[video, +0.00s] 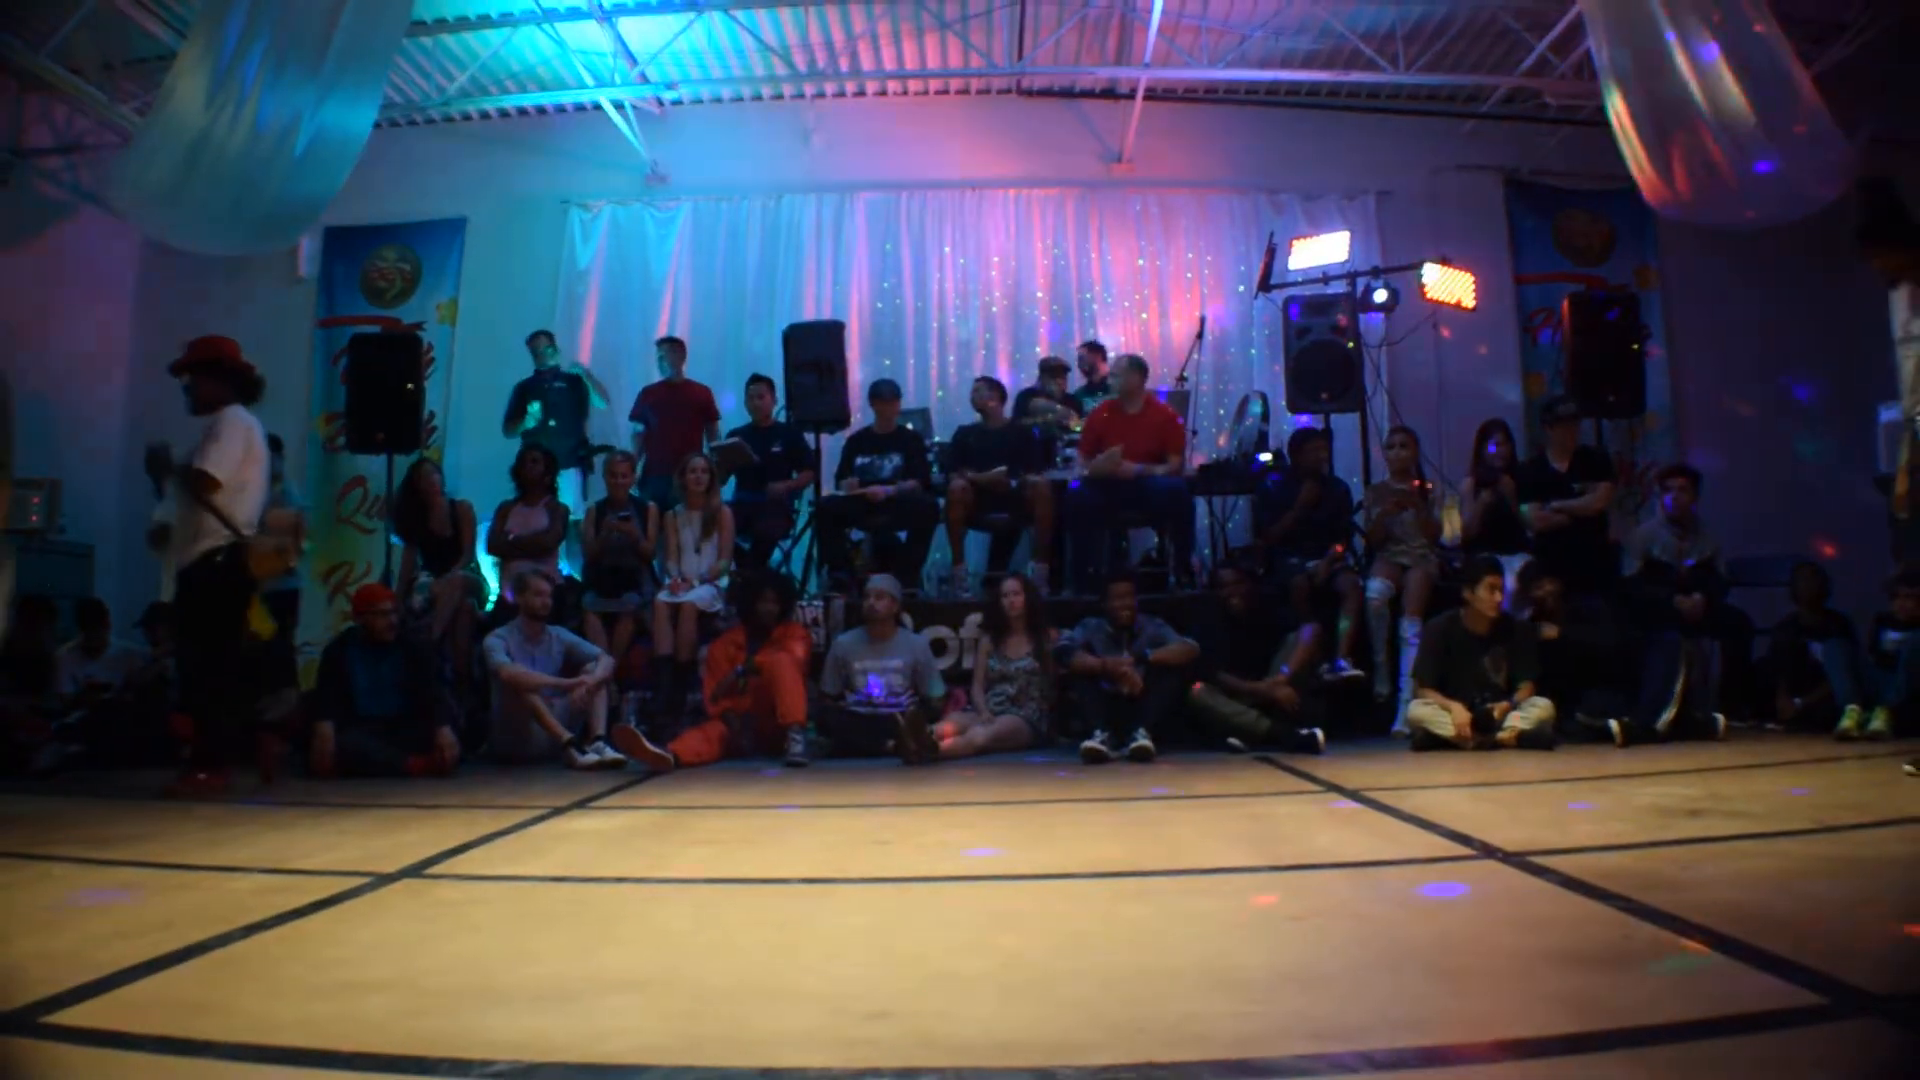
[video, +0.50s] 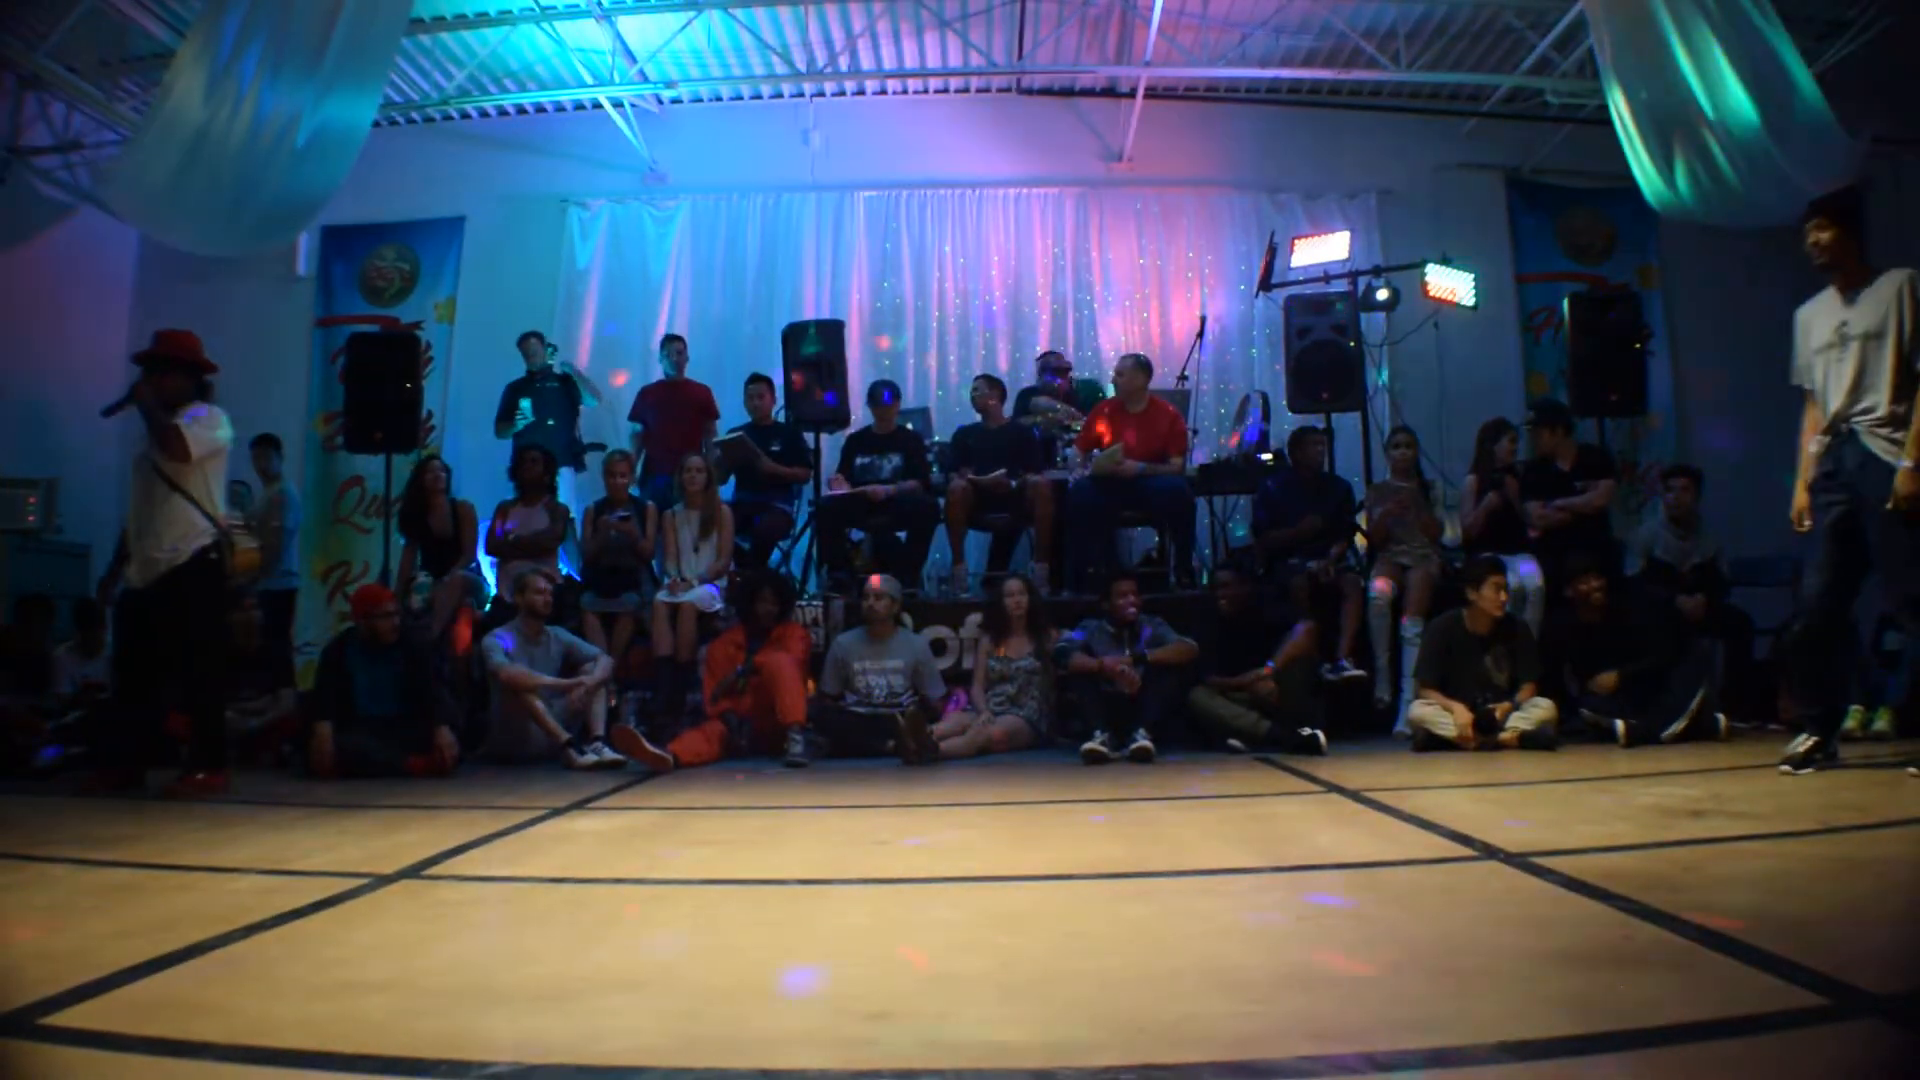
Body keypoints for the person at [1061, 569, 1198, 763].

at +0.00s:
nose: (1125, 604)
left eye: (1129, 597)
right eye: (1119, 598)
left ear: (1135, 600)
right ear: (1106, 603)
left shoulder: (1150, 627)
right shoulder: (1092, 628)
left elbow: (1190, 649)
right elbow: (1063, 653)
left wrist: (1142, 659)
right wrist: (1111, 668)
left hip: (1143, 702)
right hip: (1103, 702)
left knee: (1166, 671)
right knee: (1084, 676)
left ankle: (1142, 733)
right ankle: (1100, 734)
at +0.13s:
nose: (1128, 604)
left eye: (1132, 597)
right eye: (1120, 598)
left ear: (1138, 600)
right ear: (1107, 603)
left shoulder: (1151, 627)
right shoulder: (1091, 629)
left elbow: (1190, 650)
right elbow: (1062, 653)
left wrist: (1140, 659)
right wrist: (1111, 668)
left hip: (1143, 702)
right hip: (1104, 704)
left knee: (1166, 670)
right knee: (1083, 675)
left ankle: (1142, 733)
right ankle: (1100, 734)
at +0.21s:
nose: (1130, 604)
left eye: (1134, 597)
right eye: (1122, 599)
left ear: (1140, 600)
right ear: (1109, 603)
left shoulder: (1152, 627)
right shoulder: (1091, 629)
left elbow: (1190, 648)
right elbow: (1063, 653)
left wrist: (1141, 659)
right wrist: (1110, 668)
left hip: (1143, 701)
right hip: (1104, 702)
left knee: (1166, 670)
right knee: (1084, 675)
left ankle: (1142, 733)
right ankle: (1100, 734)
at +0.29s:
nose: (1130, 603)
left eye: (1134, 596)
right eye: (1122, 598)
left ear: (1140, 600)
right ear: (1108, 603)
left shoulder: (1151, 627)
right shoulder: (1092, 629)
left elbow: (1188, 649)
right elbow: (1062, 653)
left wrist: (1139, 660)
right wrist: (1110, 668)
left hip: (1143, 701)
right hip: (1104, 702)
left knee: (1168, 670)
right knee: (1083, 674)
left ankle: (1143, 733)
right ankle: (1100, 734)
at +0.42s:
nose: (1131, 602)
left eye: (1134, 595)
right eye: (1122, 597)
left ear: (1140, 599)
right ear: (1108, 604)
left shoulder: (1151, 627)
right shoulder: (1092, 629)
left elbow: (1189, 649)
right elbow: (1062, 653)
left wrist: (1140, 657)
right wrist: (1107, 667)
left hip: (1143, 701)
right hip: (1104, 701)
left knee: (1164, 668)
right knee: (1084, 673)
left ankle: (1142, 733)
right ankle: (1100, 734)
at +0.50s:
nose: (1131, 601)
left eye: (1134, 595)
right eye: (1123, 596)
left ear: (1140, 599)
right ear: (1108, 603)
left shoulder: (1151, 626)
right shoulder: (1092, 629)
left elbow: (1189, 649)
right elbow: (1062, 654)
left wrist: (1138, 658)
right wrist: (1107, 667)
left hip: (1144, 701)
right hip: (1104, 702)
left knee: (1165, 669)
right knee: (1083, 673)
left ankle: (1143, 733)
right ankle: (1100, 734)